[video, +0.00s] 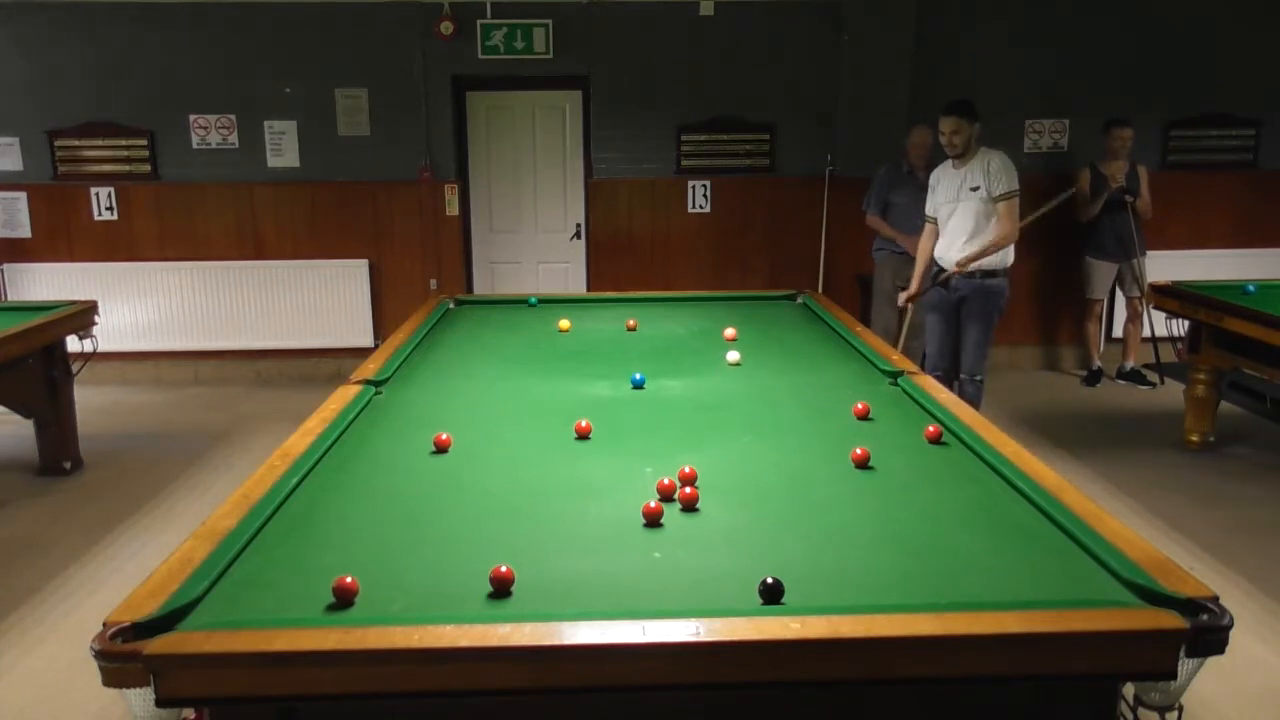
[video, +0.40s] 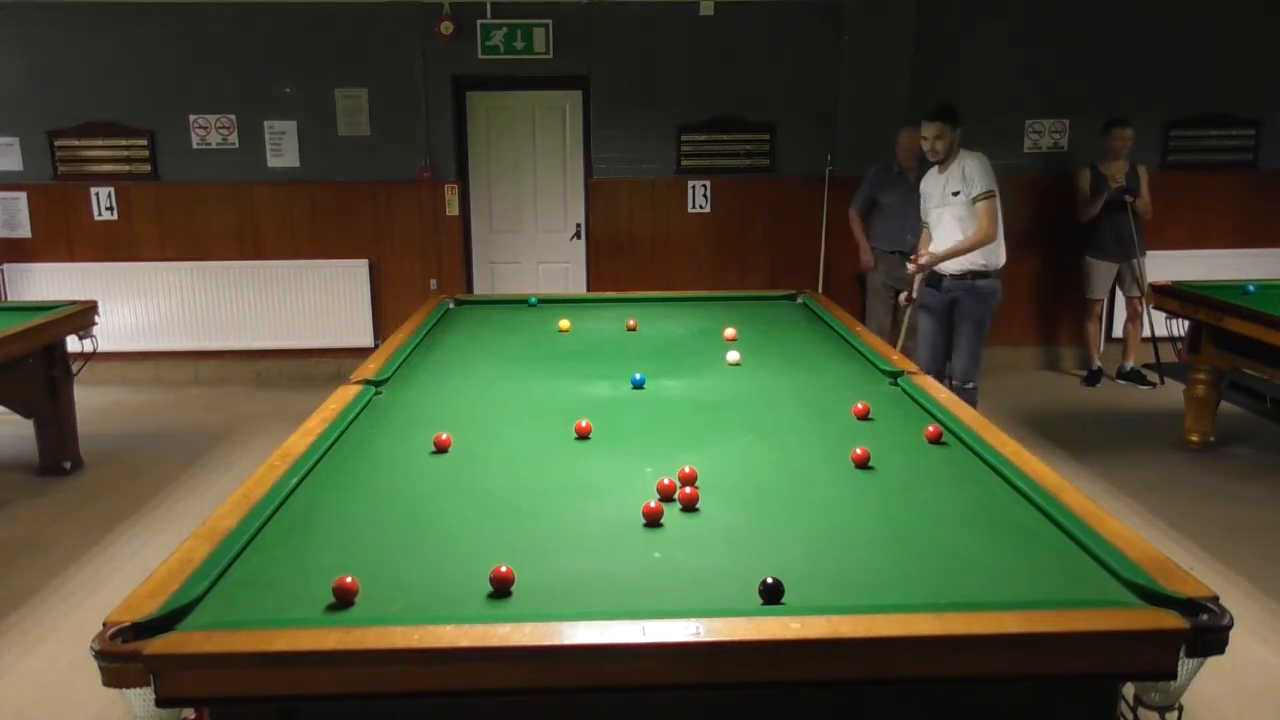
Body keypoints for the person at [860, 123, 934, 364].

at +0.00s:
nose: (922, 150)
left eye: (927, 145)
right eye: (917, 145)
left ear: (932, 149)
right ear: (907, 146)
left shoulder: (938, 180)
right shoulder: (890, 174)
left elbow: (945, 218)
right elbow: (871, 217)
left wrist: (929, 245)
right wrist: (905, 240)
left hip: (925, 258)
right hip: (891, 256)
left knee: (918, 324)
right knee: (886, 322)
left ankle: (909, 382)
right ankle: (879, 378)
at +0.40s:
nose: (912, 153)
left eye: (916, 148)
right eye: (907, 148)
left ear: (922, 150)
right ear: (897, 148)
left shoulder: (929, 180)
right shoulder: (880, 176)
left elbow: (936, 220)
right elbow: (854, 211)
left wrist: (926, 253)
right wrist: (864, 246)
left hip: (917, 263)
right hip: (882, 259)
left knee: (912, 331)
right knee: (879, 329)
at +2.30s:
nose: (743, 167)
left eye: (746, 161)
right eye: (741, 162)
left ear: (763, 154)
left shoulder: (792, 177)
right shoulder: (763, 181)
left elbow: (812, 220)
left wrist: (786, 257)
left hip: (795, 265)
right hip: (768, 262)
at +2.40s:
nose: (734, 165)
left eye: (737, 159)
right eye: (732, 159)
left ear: (754, 152)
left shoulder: (783, 175)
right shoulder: (754, 178)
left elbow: (800, 219)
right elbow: (758, 224)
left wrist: (771, 253)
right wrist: (750, 259)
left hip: (781, 266)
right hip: (756, 263)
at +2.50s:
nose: (725, 163)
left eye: (728, 157)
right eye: (723, 158)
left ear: (744, 151)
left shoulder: (773, 173)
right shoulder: (745, 177)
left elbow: (788, 218)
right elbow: (749, 224)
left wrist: (756, 250)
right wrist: (738, 255)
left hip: (772, 264)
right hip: (751, 262)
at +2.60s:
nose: (715, 164)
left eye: (718, 158)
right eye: (713, 159)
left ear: (733, 151)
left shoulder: (761, 172)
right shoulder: (739, 177)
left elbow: (777, 218)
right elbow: (742, 226)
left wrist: (741, 247)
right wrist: (725, 258)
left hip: (763, 261)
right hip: (747, 260)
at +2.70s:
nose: (705, 166)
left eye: (707, 160)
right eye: (703, 161)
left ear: (723, 152)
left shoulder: (750, 174)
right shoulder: (727, 178)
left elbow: (765, 219)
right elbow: (732, 225)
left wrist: (727, 246)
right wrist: (718, 259)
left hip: (750, 263)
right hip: (732, 261)